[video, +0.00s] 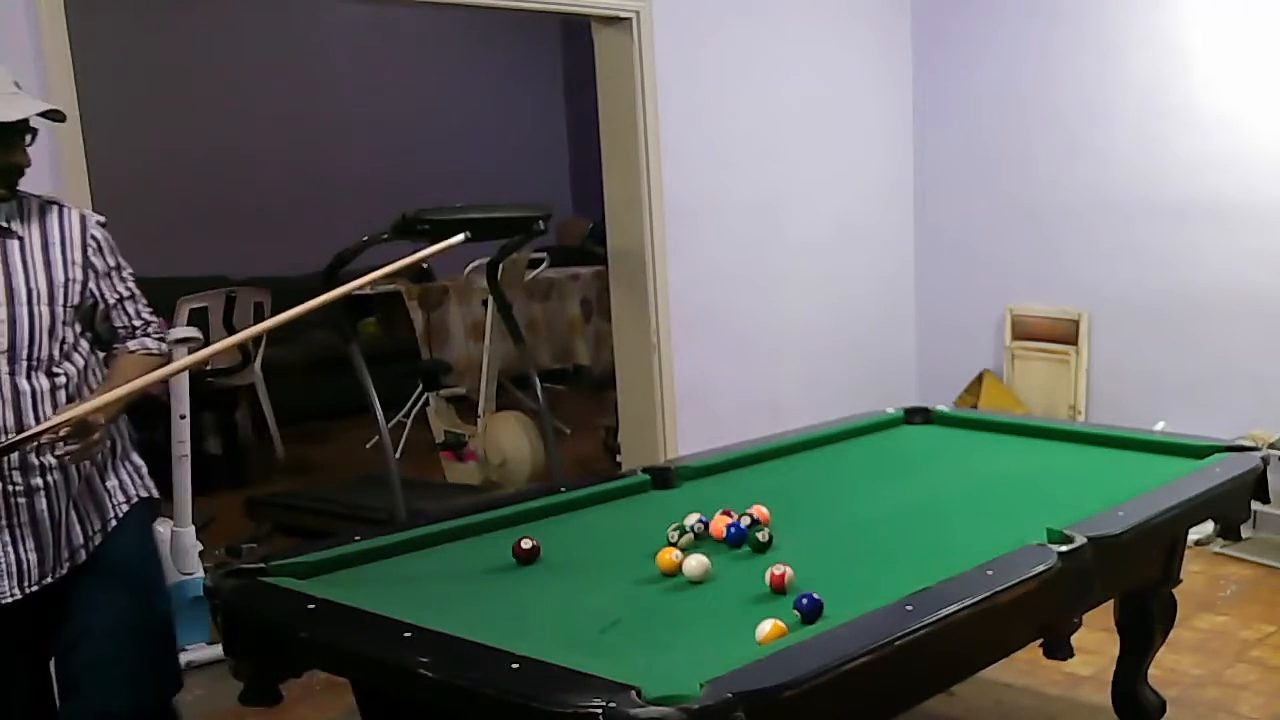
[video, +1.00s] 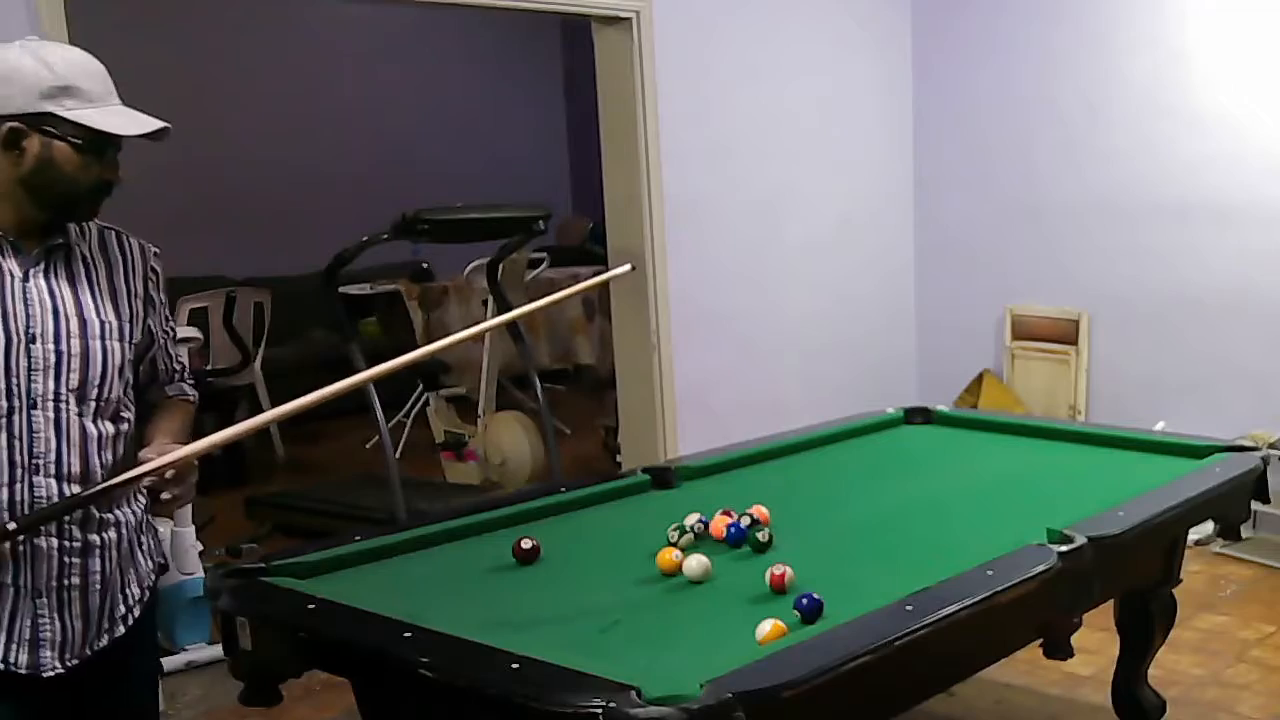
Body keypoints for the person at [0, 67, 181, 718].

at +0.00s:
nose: (22, 152)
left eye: (25, 135)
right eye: (10, 136)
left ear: (32, 140)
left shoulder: (73, 230)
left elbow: (143, 338)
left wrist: (103, 404)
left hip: (96, 517)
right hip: (4, 542)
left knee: (129, 695)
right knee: (18, 704)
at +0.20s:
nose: (19, 156)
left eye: (19, 140)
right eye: (7, 141)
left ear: (24, 147)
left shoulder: (60, 240)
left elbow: (123, 347)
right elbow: (122, 347)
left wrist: (96, 414)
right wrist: (96, 413)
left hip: (78, 541)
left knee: (97, 703)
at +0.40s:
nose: (36, 168)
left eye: (37, 152)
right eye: (20, 153)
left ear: (35, 158)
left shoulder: (71, 254)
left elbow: (121, 363)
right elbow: (119, 367)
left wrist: (105, 427)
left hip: (77, 564)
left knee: (95, 705)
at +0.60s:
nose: (72, 168)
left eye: (72, 147)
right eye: (47, 146)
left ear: (76, 144)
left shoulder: (95, 255)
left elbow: (142, 368)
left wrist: (123, 437)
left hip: (87, 585)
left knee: (103, 711)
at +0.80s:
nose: (98, 173)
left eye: (100, 152)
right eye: (79, 150)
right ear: (10, 142)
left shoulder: (119, 263)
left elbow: (161, 381)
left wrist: (149, 443)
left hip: (103, 607)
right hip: (5, 616)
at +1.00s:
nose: (115, 171)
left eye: (116, 149)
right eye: (96, 149)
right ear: (19, 142)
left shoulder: (132, 262)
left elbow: (172, 388)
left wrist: (164, 446)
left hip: (118, 616)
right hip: (9, 625)